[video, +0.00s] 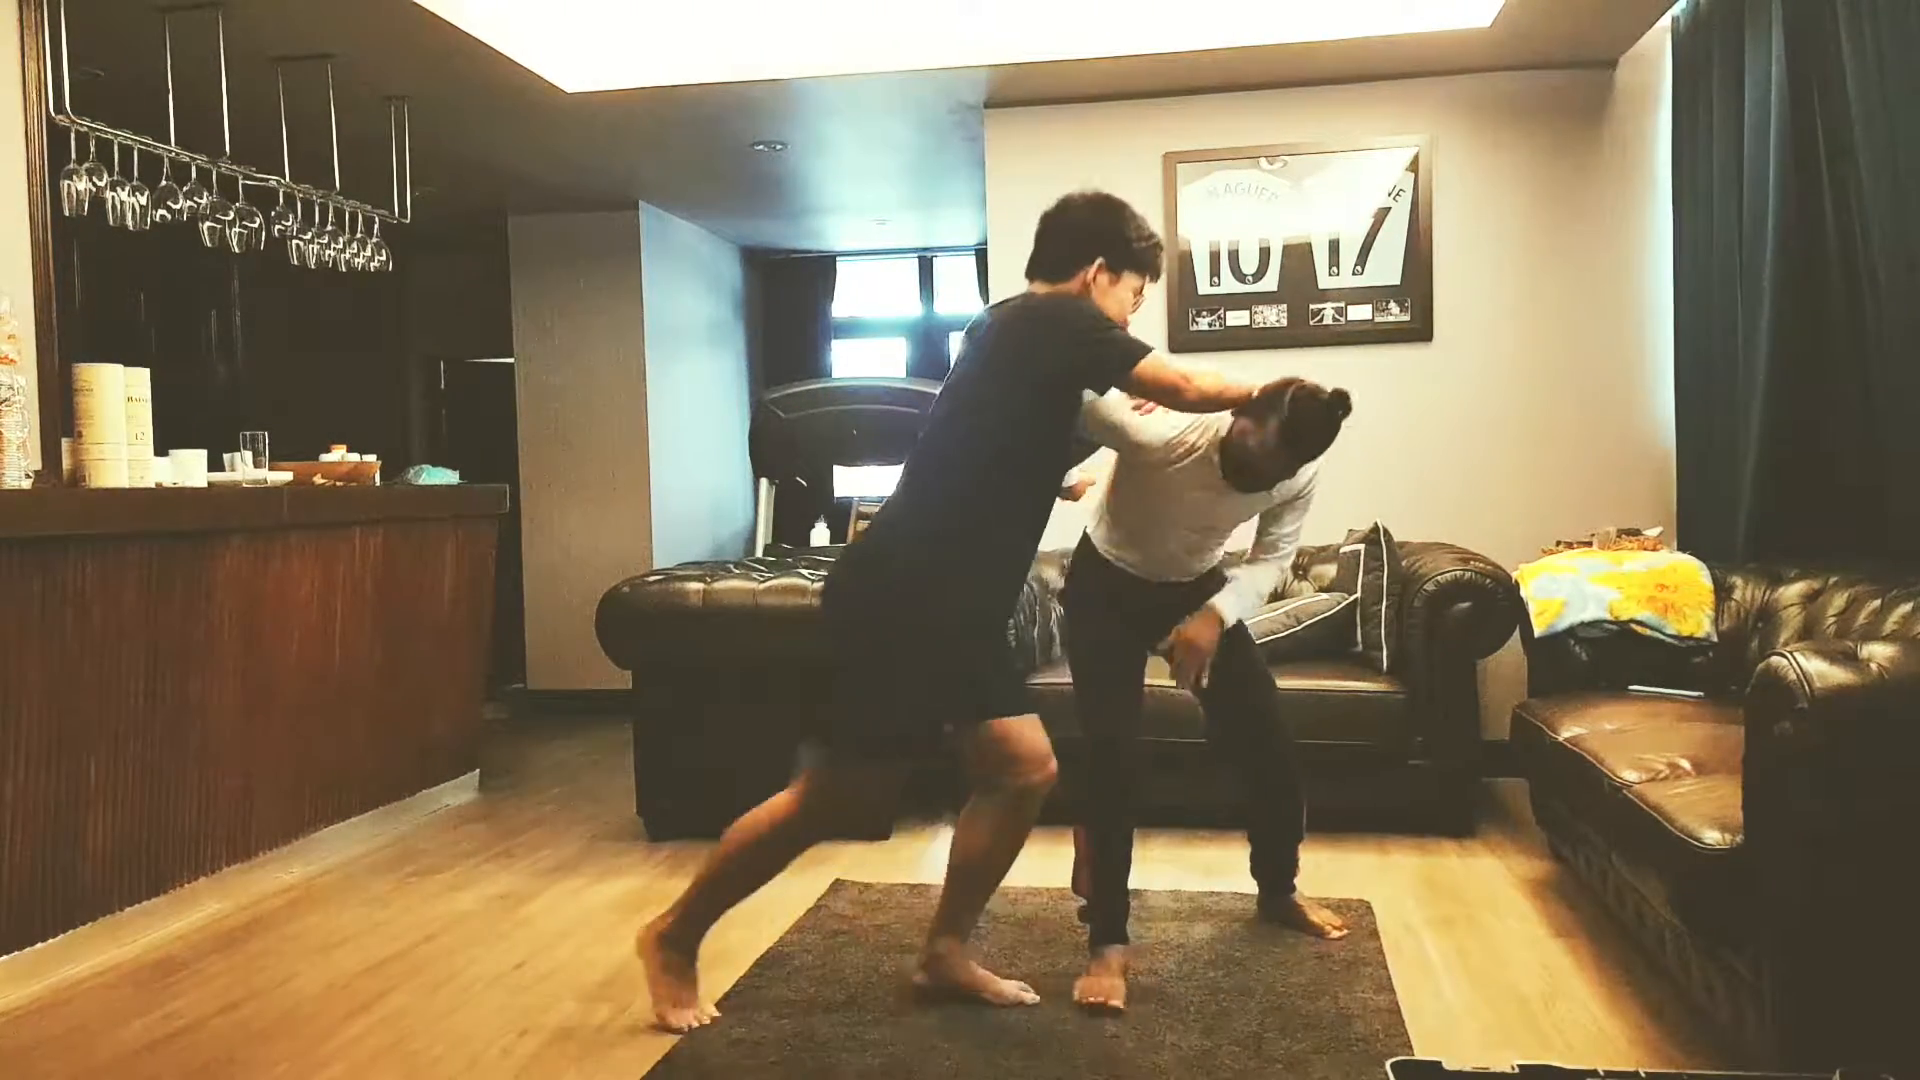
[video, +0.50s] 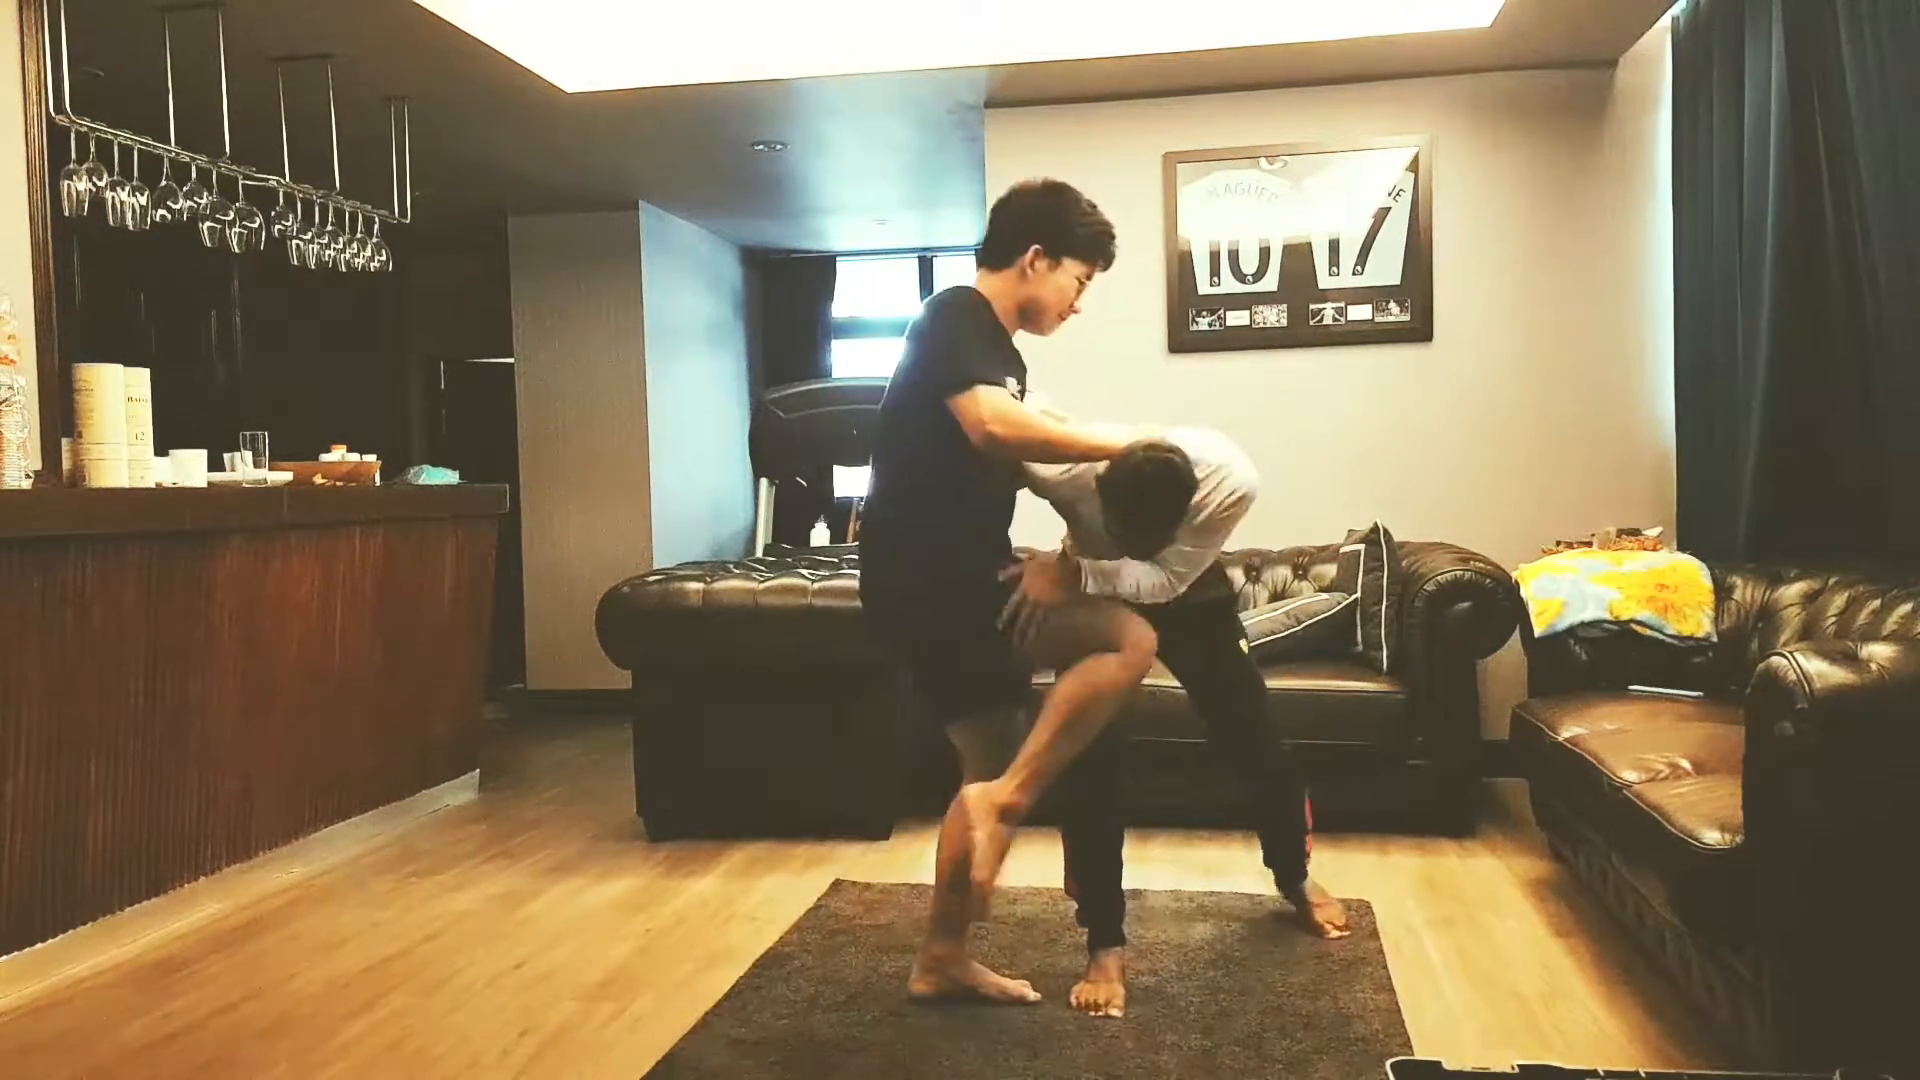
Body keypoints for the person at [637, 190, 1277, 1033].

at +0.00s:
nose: (1135, 311)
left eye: (1139, 295)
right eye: (1134, 290)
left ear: (1067, 270)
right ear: (1094, 270)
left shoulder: (1011, 328)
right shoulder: (1059, 324)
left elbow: (986, 458)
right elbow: (1179, 385)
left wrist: (1066, 482)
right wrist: (1261, 388)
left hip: (950, 601)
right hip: (897, 595)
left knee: (1024, 769)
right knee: (845, 801)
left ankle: (947, 952)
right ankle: (671, 937)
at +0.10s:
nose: (1123, 341)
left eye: (1126, 327)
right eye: (1120, 323)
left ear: (1054, 304)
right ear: (1082, 307)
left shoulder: (994, 364)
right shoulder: (1043, 357)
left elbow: (977, 480)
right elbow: (1174, 405)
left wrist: (1065, 480)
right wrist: (1250, 391)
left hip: (940, 629)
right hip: (874, 622)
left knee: (1024, 783)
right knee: (778, 810)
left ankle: (944, 958)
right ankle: (638, 954)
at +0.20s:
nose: (1118, 339)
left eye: (1122, 324)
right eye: (1117, 319)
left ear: (1053, 296)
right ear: (1076, 296)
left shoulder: (995, 352)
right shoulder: (1037, 351)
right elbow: (1150, 418)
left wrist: (1059, 484)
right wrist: (1239, 411)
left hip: (916, 612)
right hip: (902, 614)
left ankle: (942, 958)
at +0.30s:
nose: (1110, 317)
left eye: (1117, 302)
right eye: (1112, 296)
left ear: (1051, 270)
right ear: (1074, 271)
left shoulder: (988, 326)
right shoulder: (1016, 327)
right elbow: (1090, 427)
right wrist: (1197, 437)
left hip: (934, 575)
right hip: (932, 580)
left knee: (984, 763)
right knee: (1042, 753)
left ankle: (942, 958)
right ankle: (857, 854)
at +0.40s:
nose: (1093, 307)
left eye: (1101, 291)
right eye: (1096, 286)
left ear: (1042, 263)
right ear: (1054, 263)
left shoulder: (979, 324)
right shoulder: (984, 318)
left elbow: (1029, 455)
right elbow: (1020, 428)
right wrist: (1144, 455)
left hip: (930, 569)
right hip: (943, 571)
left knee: (991, 770)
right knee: (1132, 646)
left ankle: (944, 960)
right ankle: (1003, 786)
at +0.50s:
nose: (1078, 302)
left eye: (1085, 287)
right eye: (1078, 282)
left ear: (1029, 263)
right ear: (1032, 259)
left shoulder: (990, 344)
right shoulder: (963, 312)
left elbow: (994, 460)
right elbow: (988, 421)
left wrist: (1079, 487)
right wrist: (1112, 446)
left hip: (939, 571)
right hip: (937, 572)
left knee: (991, 768)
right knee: (1129, 639)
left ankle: (945, 959)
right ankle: (1007, 796)